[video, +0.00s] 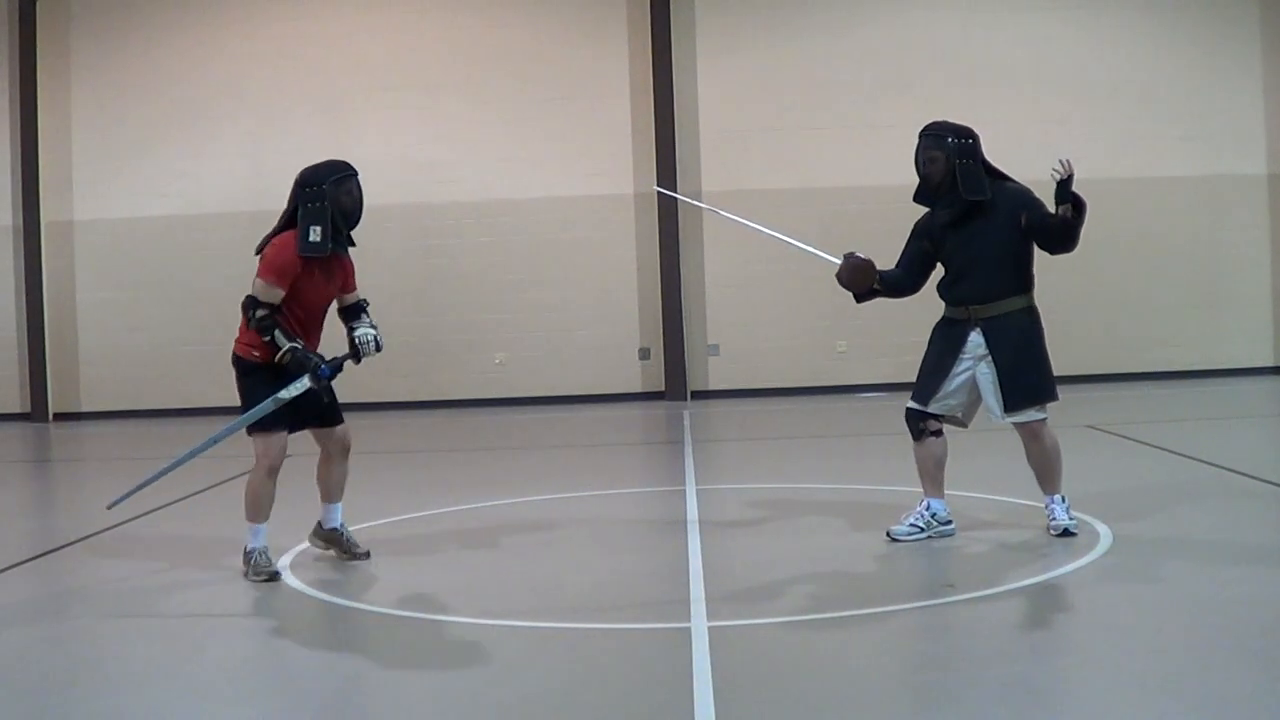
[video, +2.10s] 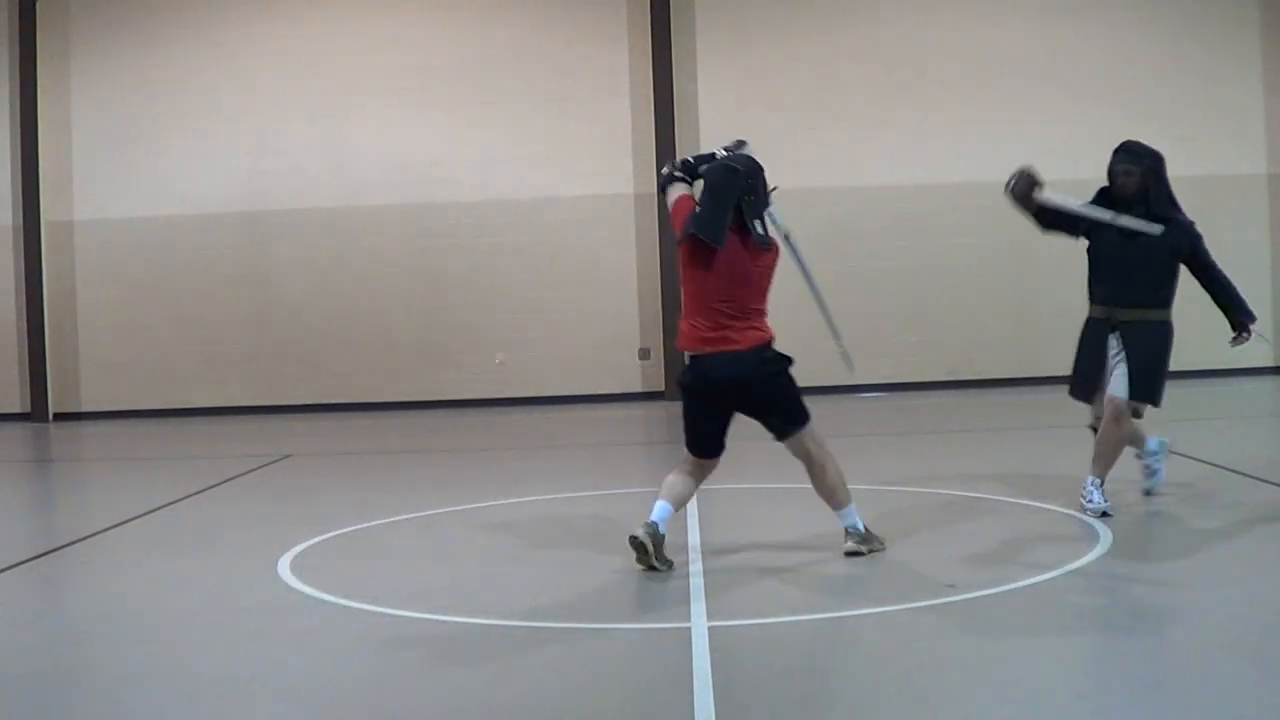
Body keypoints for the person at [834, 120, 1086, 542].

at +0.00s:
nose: (923, 168)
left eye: (931, 158)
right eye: (920, 160)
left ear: (958, 158)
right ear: (922, 163)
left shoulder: (1013, 199)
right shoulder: (934, 220)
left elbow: (1059, 241)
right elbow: (907, 278)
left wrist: (1068, 204)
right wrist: (870, 279)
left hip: (1011, 325)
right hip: (956, 327)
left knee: (1030, 418)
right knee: (923, 416)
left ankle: (1055, 503)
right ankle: (934, 510)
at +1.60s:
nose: (976, 179)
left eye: (985, 171)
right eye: (973, 171)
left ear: (1008, 175)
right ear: (968, 175)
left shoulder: (1043, 227)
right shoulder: (963, 232)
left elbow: (1085, 267)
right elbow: (933, 284)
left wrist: (1106, 239)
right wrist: (901, 274)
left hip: (1032, 338)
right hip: (973, 340)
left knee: (1070, 420)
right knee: (939, 418)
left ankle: (1083, 467)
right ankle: (932, 510)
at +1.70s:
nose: (1009, 183)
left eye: (1017, 175)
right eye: (1004, 175)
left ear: (1041, 177)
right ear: (1000, 178)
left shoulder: (1075, 226)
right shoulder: (996, 225)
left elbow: (1126, 262)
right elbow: (950, 253)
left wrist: (1130, 229)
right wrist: (904, 245)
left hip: (1055, 337)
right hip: (997, 335)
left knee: (1086, 427)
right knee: (965, 421)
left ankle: (1091, 481)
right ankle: (930, 507)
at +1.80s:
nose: (1043, 179)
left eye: (1053, 172)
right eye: (1039, 171)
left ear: (1074, 175)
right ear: (1034, 175)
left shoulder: (1108, 224)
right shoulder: (1030, 223)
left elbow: (1153, 263)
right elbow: (981, 257)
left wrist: (1159, 240)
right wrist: (935, 254)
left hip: (1086, 336)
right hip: (1030, 332)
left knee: (1099, 430)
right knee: (993, 418)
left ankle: (1090, 490)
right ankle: (944, 491)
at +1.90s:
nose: (1074, 175)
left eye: (1083, 167)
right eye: (1069, 167)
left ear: (1103, 173)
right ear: (1063, 173)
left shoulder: (1131, 225)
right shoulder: (1056, 225)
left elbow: (1164, 266)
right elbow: (1030, 274)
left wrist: (1194, 273)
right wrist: (983, 290)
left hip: (1107, 334)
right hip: (1054, 331)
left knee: (1109, 421)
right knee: (1029, 414)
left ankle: (1093, 485)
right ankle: (1001, 467)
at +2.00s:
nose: (1097, 178)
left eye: (1105, 171)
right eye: (1093, 170)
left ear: (1126, 175)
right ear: (1086, 173)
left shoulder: (1152, 226)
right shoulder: (1080, 223)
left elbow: (1188, 269)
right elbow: (1049, 266)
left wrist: (1227, 302)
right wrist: (1006, 268)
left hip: (1126, 331)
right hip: (1076, 328)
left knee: (1116, 414)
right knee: (1063, 421)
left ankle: (1096, 482)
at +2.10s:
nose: (1120, 180)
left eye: (1129, 173)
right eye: (1116, 172)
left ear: (1149, 177)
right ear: (1109, 174)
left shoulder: (1172, 225)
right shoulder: (1098, 212)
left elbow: (1206, 270)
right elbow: (1058, 220)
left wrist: (1238, 314)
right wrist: (1029, 200)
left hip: (1145, 327)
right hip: (1100, 323)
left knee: (1116, 406)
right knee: (1100, 417)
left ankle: (1094, 482)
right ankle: (1149, 449)